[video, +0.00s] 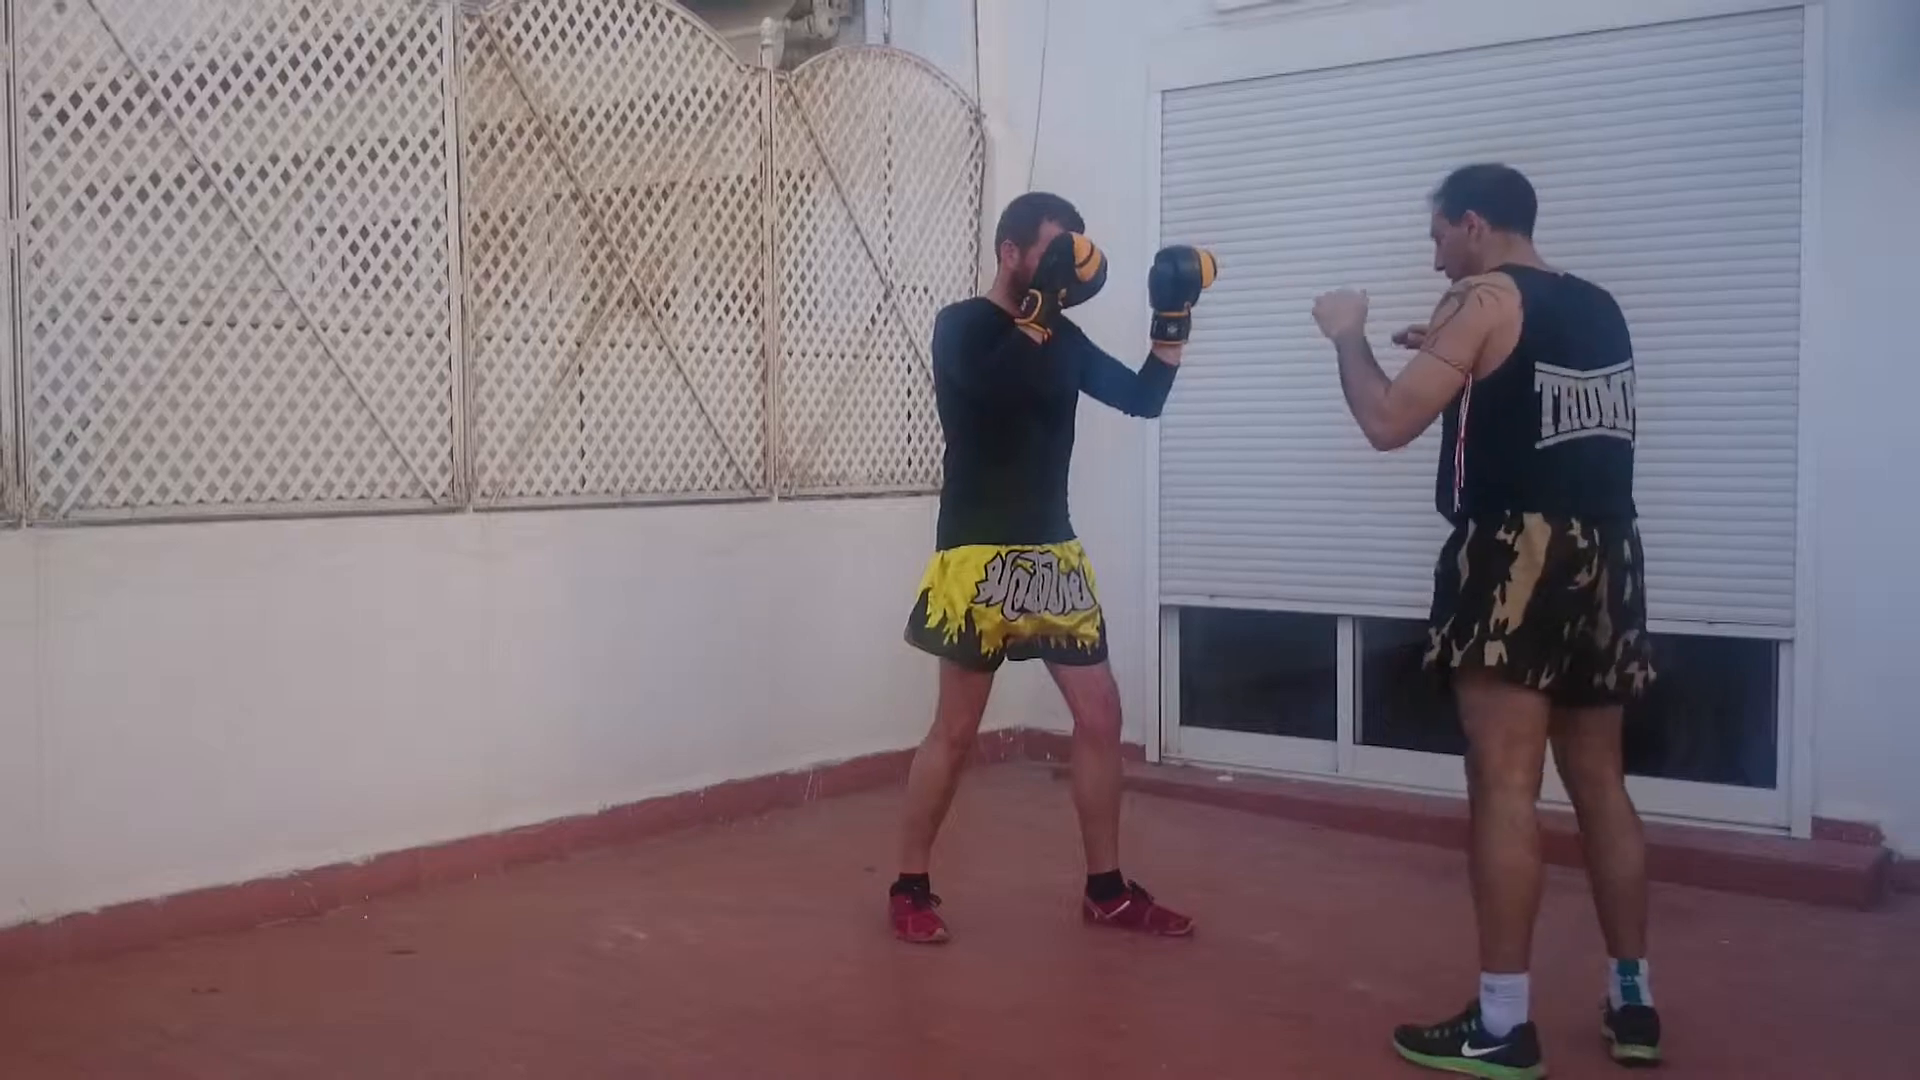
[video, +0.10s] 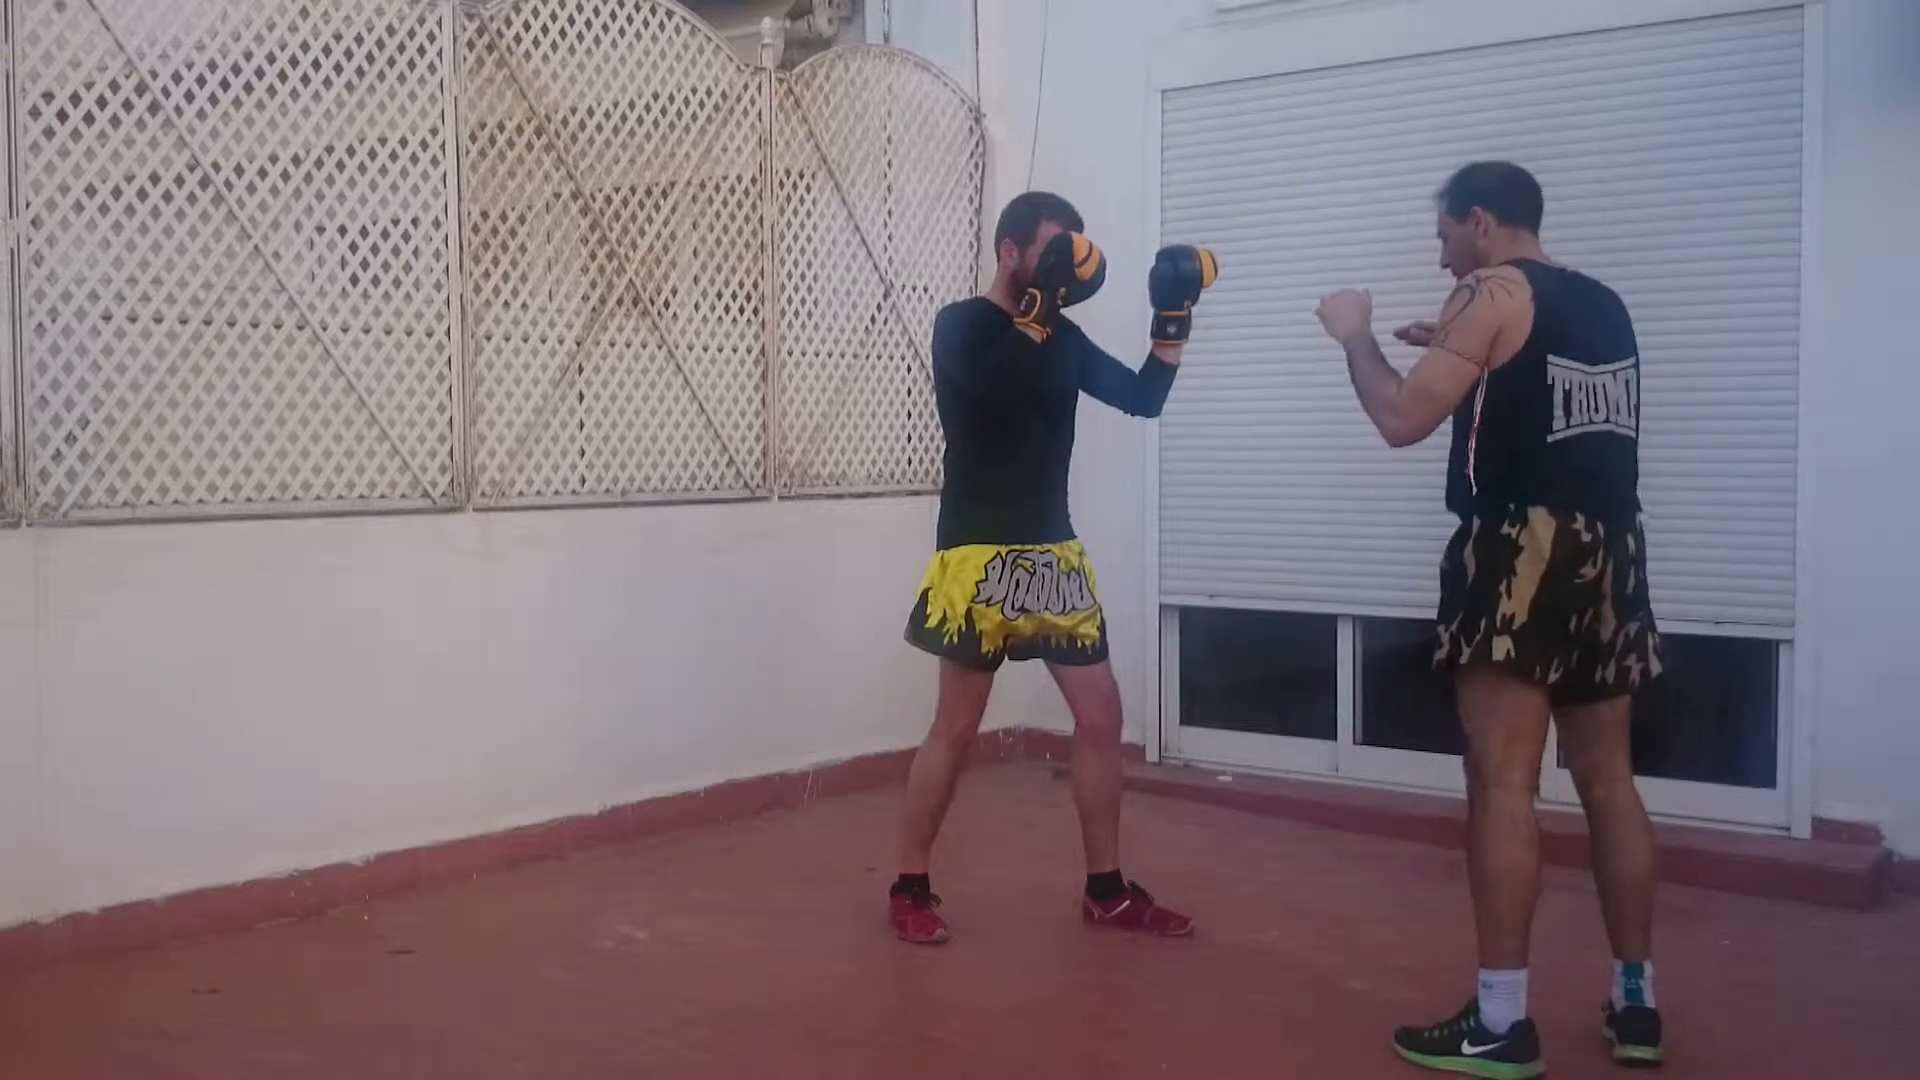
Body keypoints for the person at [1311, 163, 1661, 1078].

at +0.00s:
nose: (1440, 252)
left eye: (1442, 236)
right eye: (1438, 238)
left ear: (1473, 225)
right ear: (1522, 225)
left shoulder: (1488, 301)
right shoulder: (1599, 305)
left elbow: (1389, 420)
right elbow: (1541, 405)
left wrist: (1348, 335)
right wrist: (1460, 339)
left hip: (1513, 564)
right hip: (1605, 566)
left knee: (1504, 787)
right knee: (1601, 784)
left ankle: (1499, 1023)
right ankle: (1633, 1004)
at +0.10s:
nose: (1448, 252)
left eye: (1449, 236)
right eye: (1445, 238)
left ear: (1482, 222)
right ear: (1529, 222)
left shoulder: (1498, 296)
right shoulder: (1604, 303)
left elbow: (1401, 419)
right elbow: (1551, 400)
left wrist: (1357, 335)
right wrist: (1471, 337)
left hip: (1517, 563)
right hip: (1609, 566)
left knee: (1503, 787)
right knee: (1610, 782)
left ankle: (1498, 1020)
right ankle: (1636, 1004)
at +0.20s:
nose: (1446, 255)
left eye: (1447, 239)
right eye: (1444, 240)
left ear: (1475, 226)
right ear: (1527, 226)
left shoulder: (1497, 297)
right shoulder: (1603, 304)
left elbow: (1406, 422)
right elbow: (1550, 396)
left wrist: (1359, 343)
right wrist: (1469, 340)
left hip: (1520, 558)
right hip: (1614, 560)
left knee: (1505, 787)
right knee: (1613, 780)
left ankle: (1499, 1019)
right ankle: (1636, 1005)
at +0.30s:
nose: (1436, 262)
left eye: (1437, 246)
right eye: (1434, 248)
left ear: (1466, 230)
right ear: (1518, 230)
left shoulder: (1490, 297)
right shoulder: (1597, 304)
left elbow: (1402, 422)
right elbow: (1551, 397)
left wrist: (1355, 344)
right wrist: (1455, 347)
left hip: (1524, 561)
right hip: (1616, 563)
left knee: (1509, 781)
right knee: (1612, 778)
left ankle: (1498, 1017)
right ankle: (1636, 1004)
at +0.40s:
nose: (1432, 270)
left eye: (1430, 254)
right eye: (1427, 258)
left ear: (1460, 232)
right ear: (1509, 232)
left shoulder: (1486, 297)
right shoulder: (1592, 304)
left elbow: (1398, 421)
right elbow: (1538, 401)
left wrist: (1350, 346)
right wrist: (1435, 355)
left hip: (1525, 556)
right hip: (1618, 559)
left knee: (1508, 782)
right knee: (1614, 779)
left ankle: (1498, 1016)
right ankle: (1636, 1003)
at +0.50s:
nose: (1428, 273)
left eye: (1427, 257)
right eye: (1424, 260)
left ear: (1455, 237)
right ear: (1504, 235)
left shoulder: (1485, 300)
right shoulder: (1588, 306)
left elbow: (1395, 423)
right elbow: (1522, 393)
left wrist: (1346, 348)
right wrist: (1419, 359)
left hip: (1522, 556)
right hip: (1617, 558)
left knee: (1507, 781)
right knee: (1613, 779)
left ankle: (1499, 1016)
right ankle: (1636, 1003)